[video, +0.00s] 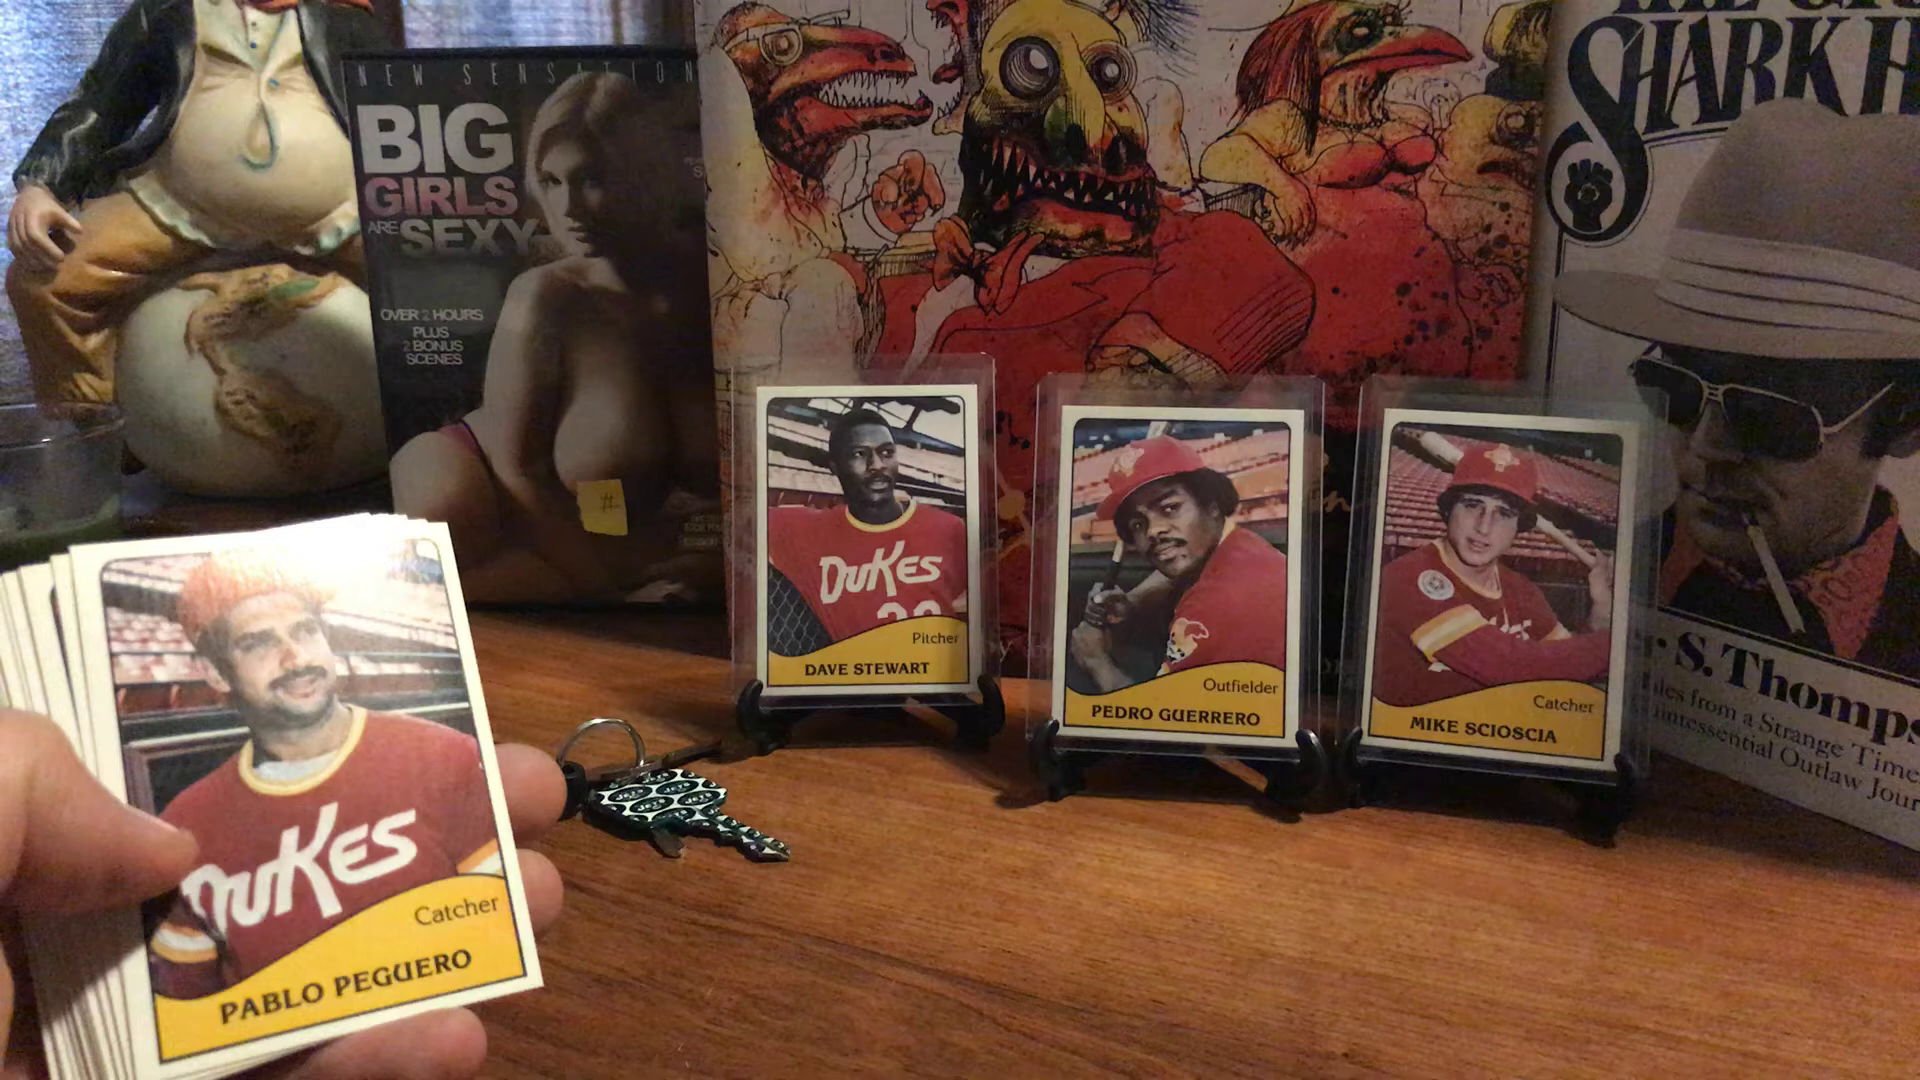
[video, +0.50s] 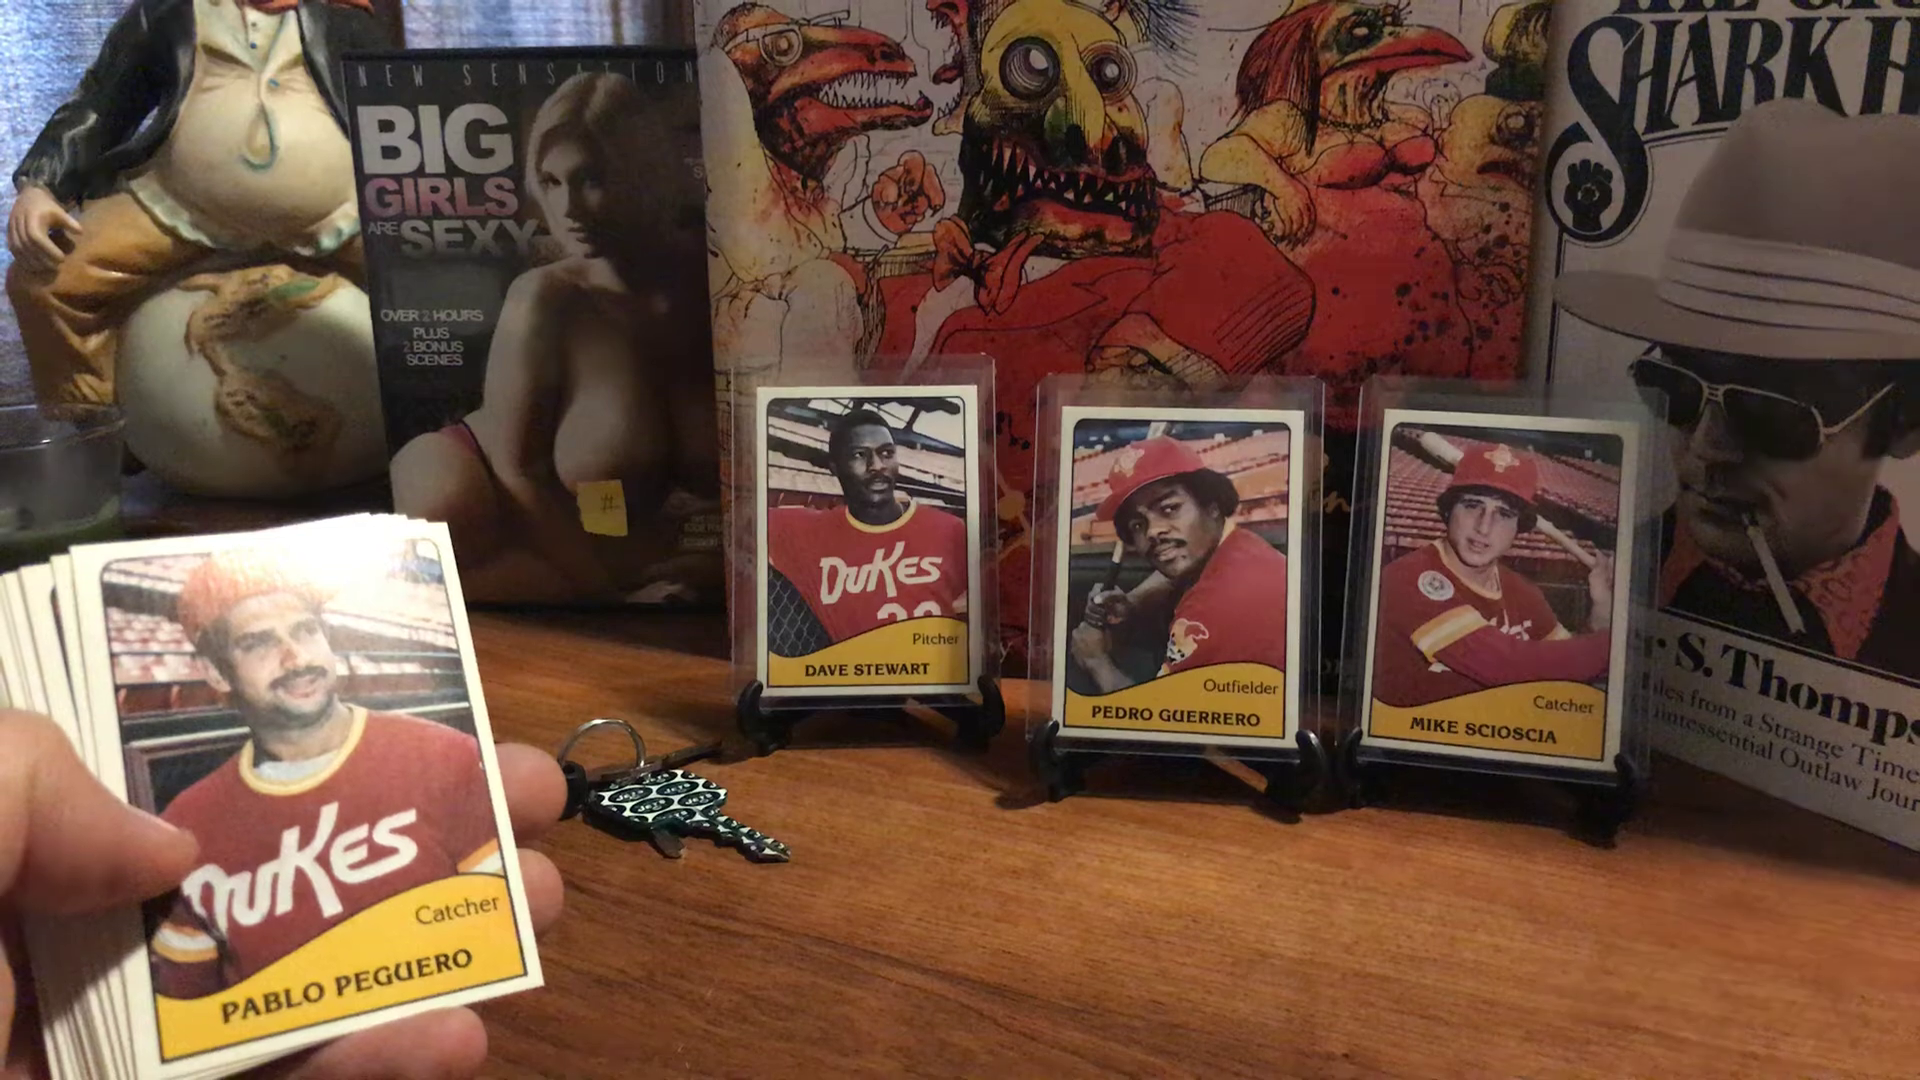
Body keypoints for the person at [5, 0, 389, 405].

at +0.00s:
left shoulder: (350, 18)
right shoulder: (167, 10)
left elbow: (400, 110)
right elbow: (99, 102)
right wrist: (36, 182)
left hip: (338, 210)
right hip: (179, 205)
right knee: (43, 281)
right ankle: (103, 453)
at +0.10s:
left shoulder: (350, 18)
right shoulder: (167, 10)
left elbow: (400, 110)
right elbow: (99, 102)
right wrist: (36, 182)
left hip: (338, 210)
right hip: (179, 205)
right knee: (43, 281)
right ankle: (103, 453)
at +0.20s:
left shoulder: (350, 18)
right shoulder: (167, 10)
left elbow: (400, 110)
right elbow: (99, 102)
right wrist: (36, 182)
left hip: (338, 210)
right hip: (179, 205)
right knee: (43, 281)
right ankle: (103, 453)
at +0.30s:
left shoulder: (351, 21)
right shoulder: (166, 13)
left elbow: (403, 112)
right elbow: (99, 103)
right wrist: (36, 183)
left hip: (339, 209)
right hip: (179, 204)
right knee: (44, 282)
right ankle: (103, 454)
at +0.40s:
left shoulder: (350, 18)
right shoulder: (167, 10)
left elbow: (401, 110)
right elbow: (99, 103)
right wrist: (36, 182)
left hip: (338, 210)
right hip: (179, 205)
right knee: (44, 281)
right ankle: (104, 453)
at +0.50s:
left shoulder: (351, 19)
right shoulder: (168, 10)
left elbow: (401, 112)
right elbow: (100, 102)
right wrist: (36, 183)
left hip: (340, 211)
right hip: (180, 206)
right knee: (45, 281)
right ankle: (101, 452)